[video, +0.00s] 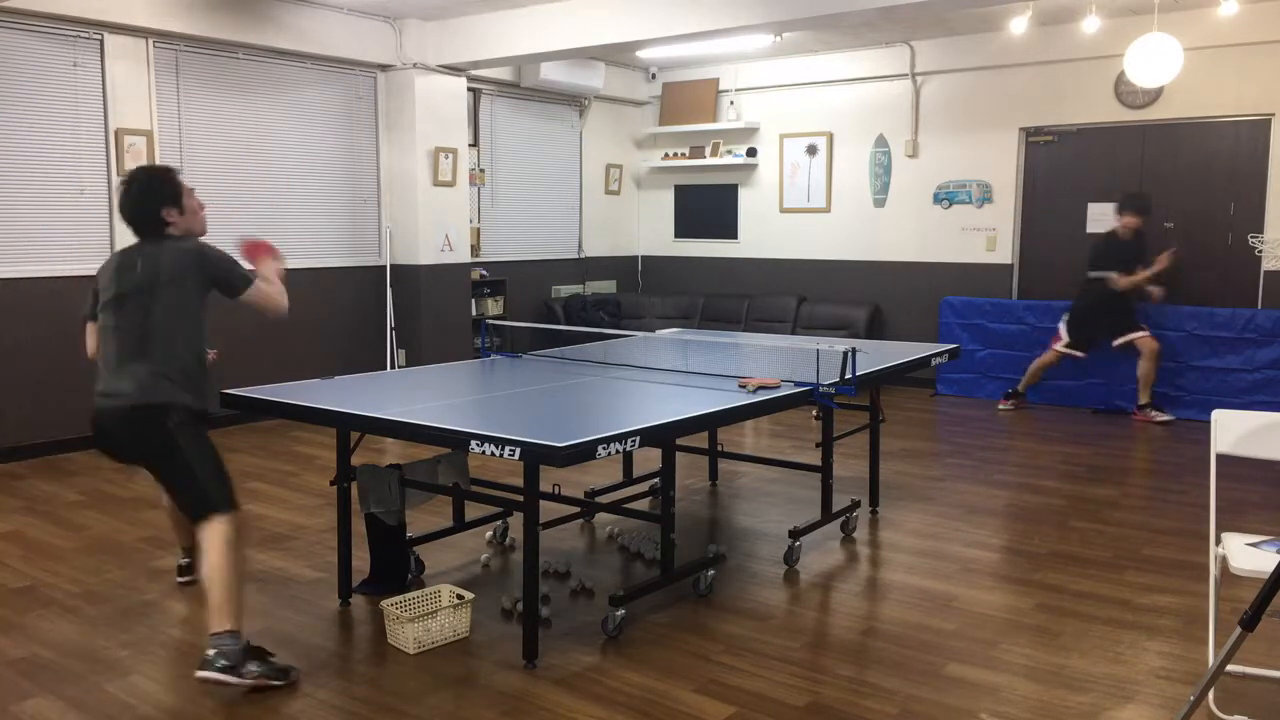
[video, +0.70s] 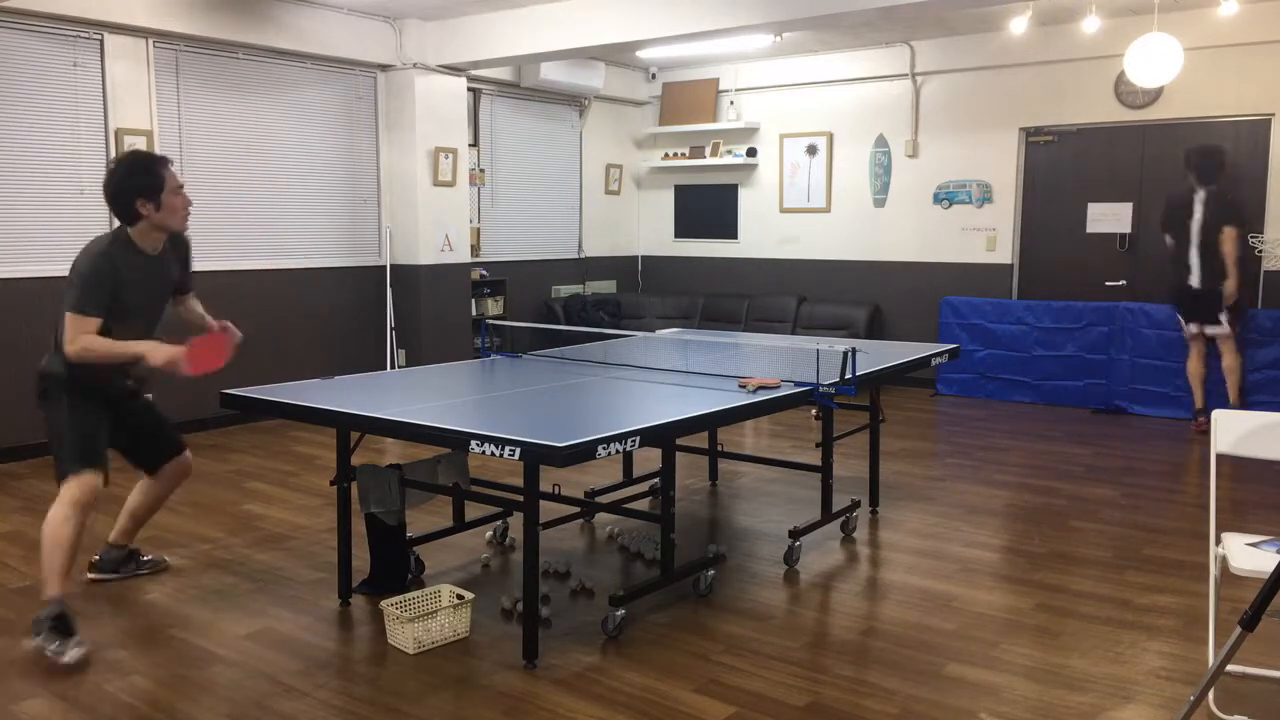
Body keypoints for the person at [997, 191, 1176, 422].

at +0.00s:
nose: (1133, 222)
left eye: (1137, 217)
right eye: (1129, 216)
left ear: (1143, 221)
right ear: (1119, 217)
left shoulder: (1138, 242)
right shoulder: (1104, 244)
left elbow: (1132, 276)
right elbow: (1118, 284)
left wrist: (1147, 288)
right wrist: (1154, 269)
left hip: (1117, 310)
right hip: (1088, 311)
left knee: (1150, 347)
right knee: (1052, 357)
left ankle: (1143, 407)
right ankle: (1017, 393)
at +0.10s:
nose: (1164, 232)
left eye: (1167, 228)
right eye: (1164, 227)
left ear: (1154, 222)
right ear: (1157, 223)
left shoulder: (1150, 244)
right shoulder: (1136, 245)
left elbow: (1155, 279)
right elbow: (1154, 281)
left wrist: (1182, 287)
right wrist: (1188, 271)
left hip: (1133, 313)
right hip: (1109, 313)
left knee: (1167, 351)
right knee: (1084, 364)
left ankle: (1147, 407)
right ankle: (1028, 387)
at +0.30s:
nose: (1203, 214)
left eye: (1205, 208)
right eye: (1203, 208)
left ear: (1187, 204)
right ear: (1191, 204)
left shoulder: (1171, 226)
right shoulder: (1168, 230)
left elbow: (1142, 236)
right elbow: (1149, 273)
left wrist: (1183, 254)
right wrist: (1140, 310)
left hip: (1165, 298)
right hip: (1154, 300)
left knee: (1175, 348)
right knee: (1195, 331)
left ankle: (1148, 404)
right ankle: (1137, 360)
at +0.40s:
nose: (1217, 186)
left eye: (1218, 181)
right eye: (1214, 180)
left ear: (1195, 178)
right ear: (1200, 178)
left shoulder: (1176, 199)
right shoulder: (1183, 207)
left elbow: (1146, 214)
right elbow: (1157, 248)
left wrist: (1175, 231)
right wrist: (1149, 287)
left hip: (1165, 278)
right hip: (1172, 278)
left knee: (1168, 340)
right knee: (1221, 299)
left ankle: (1150, 399)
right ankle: (1185, 350)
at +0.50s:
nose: (1225, 164)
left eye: (1225, 159)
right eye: (1221, 159)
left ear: (1199, 159)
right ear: (1208, 160)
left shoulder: (1181, 182)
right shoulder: (1194, 188)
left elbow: (1153, 207)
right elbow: (1174, 230)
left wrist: (1183, 218)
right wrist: (1175, 270)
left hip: (1167, 266)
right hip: (1183, 265)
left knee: (1181, 326)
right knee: (1228, 303)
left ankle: (1160, 385)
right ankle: (1217, 362)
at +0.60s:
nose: (1224, 159)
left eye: (1223, 154)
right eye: (1222, 154)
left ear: (1192, 156)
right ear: (1217, 158)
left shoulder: (1177, 181)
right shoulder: (1209, 187)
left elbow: (1162, 216)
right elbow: (1199, 228)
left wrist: (1188, 224)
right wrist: (1205, 267)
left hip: (1174, 270)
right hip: (1201, 270)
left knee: (1185, 330)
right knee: (1222, 325)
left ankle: (1184, 389)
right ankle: (1232, 385)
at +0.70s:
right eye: (1217, 167)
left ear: (1190, 171)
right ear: (1219, 170)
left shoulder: (1176, 202)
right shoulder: (1226, 202)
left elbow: (1170, 242)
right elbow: (1227, 242)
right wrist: (1232, 278)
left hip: (1186, 288)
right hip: (1217, 288)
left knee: (1195, 347)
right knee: (1227, 347)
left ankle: (1199, 411)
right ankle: (1234, 408)